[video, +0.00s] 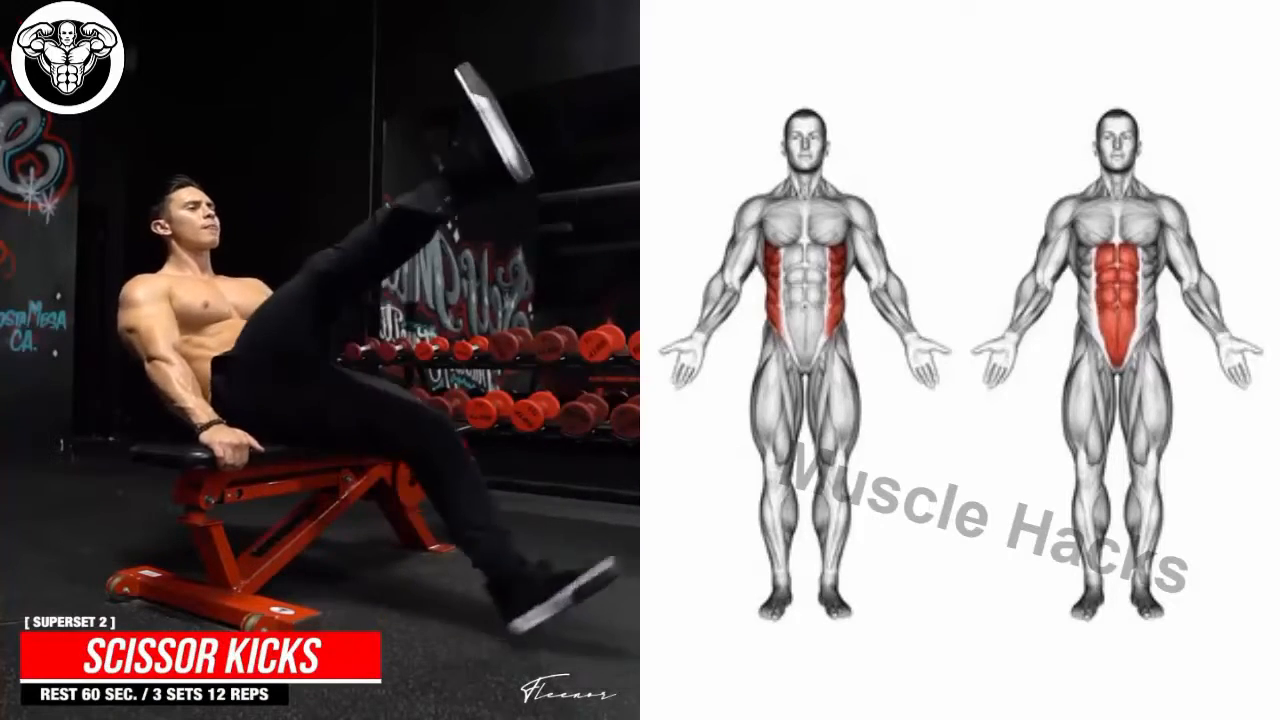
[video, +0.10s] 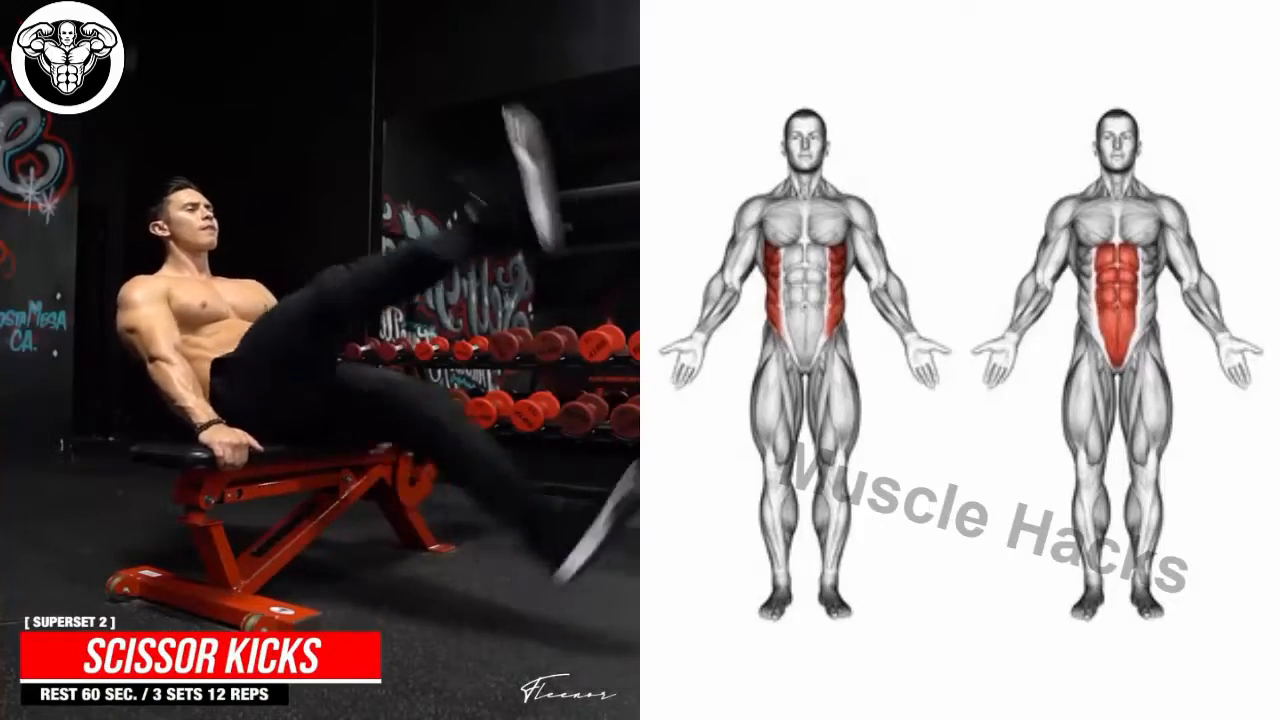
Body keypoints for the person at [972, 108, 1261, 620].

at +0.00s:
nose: (1116, 145)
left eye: (1124, 138)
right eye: (1109, 137)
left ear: (1137, 146)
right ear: (1097, 145)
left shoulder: (1164, 211)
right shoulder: (1070, 211)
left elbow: (1193, 282)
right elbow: (1041, 282)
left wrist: (1221, 335)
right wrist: (1012, 336)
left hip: (1144, 355)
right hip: (1089, 354)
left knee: (1145, 466)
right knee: (1088, 466)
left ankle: (1141, 582)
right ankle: (1092, 583)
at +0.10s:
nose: (1116, 145)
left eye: (1124, 138)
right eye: (1109, 137)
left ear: (1137, 146)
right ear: (1097, 145)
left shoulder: (1164, 211)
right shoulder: (1070, 211)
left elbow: (1192, 282)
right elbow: (1041, 282)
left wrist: (1221, 335)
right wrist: (1012, 336)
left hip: (1144, 355)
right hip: (1089, 354)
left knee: (1145, 467)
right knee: (1088, 466)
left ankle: (1141, 582)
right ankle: (1092, 583)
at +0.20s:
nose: (1116, 145)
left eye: (1124, 138)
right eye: (1109, 137)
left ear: (1137, 146)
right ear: (1097, 145)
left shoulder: (1164, 211)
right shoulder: (1070, 211)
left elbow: (1193, 282)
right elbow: (1041, 282)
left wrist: (1221, 335)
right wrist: (1012, 336)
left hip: (1144, 355)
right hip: (1089, 354)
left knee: (1145, 466)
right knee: (1088, 466)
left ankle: (1141, 582)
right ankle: (1092, 583)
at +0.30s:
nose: (1116, 145)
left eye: (1124, 138)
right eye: (1109, 137)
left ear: (1137, 146)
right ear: (1097, 145)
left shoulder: (1164, 211)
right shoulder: (1070, 211)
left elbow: (1193, 282)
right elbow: (1041, 282)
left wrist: (1221, 335)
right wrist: (1012, 336)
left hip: (1144, 355)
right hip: (1089, 354)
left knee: (1145, 466)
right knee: (1088, 466)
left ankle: (1141, 582)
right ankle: (1092, 583)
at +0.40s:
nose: (1116, 145)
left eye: (1124, 138)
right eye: (1109, 137)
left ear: (1137, 146)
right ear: (1097, 145)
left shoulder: (1164, 211)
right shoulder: (1070, 211)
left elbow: (1193, 282)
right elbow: (1041, 282)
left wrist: (1221, 335)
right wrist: (1012, 336)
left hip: (1144, 355)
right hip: (1089, 354)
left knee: (1145, 466)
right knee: (1088, 466)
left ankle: (1141, 582)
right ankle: (1092, 583)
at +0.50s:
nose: (1116, 145)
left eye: (1124, 138)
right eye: (1109, 137)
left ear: (1137, 146)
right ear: (1097, 145)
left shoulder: (1164, 211)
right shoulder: (1070, 211)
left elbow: (1193, 282)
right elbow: (1041, 282)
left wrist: (1221, 335)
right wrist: (1012, 336)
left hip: (1144, 355)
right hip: (1089, 354)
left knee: (1145, 466)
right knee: (1088, 466)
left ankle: (1141, 582)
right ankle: (1092, 583)